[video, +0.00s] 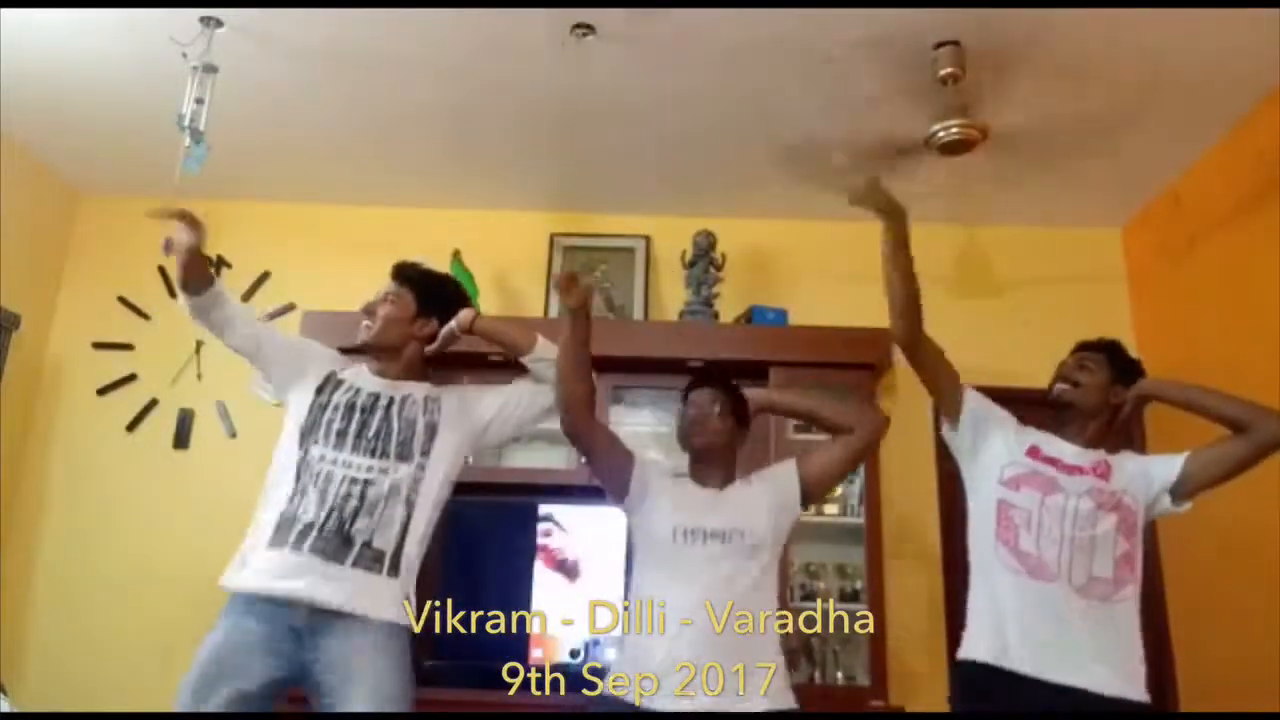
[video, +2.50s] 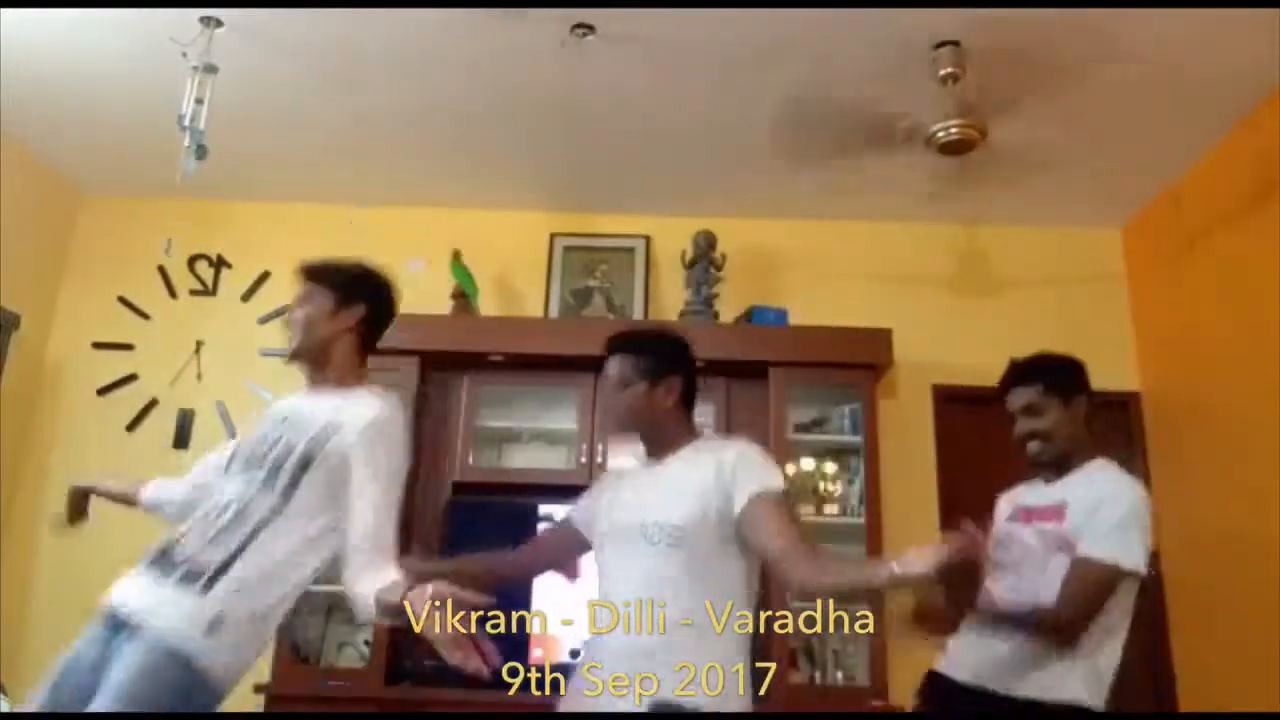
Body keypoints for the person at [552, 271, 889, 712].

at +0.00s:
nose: (698, 415)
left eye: (713, 408)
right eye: (689, 408)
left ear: (739, 424)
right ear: (678, 425)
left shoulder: (773, 493)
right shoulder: (647, 489)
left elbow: (869, 424)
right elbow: (578, 422)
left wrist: (765, 398)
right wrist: (577, 314)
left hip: (756, 701)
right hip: (651, 696)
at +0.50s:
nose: (722, 360)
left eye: (737, 354)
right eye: (714, 351)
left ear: (758, 376)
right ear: (694, 368)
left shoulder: (778, 449)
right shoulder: (646, 429)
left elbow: (889, 455)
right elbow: (545, 388)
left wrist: (818, 376)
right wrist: (532, 265)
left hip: (738, 677)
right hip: (630, 665)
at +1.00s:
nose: (787, 374)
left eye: (791, 363)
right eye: (769, 360)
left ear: (797, 376)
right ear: (729, 371)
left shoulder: (797, 475)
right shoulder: (686, 437)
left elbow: (804, 593)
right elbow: (603, 550)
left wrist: (814, 668)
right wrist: (640, 644)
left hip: (762, 688)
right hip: (670, 686)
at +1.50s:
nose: (842, 402)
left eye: (849, 390)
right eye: (829, 386)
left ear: (853, 399)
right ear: (784, 388)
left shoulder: (848, 495)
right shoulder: (733, 459)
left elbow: (889, 610)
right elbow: (690, 562)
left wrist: (979, 664)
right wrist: (607, 622)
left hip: (868, 691)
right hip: (779, 683)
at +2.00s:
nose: (728, 335)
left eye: (749, 324)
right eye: (722, 322)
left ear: (789, 350)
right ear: (709, 338)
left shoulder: (828, 444)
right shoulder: (679, 433)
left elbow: (879, 578)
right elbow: (639, 554)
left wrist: (871, 689)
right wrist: (623, 660)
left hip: (788, 692)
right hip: (678, 687)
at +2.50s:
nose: (604, 400)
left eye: (619, 387)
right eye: (605, 386)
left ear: (671, 393)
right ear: (647, 395)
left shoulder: (734, 462)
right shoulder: (611, 487)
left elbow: (801, 570)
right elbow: (526, 561)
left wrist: (908, 567)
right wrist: (434, 570)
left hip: (698, 695)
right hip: (600, 694)